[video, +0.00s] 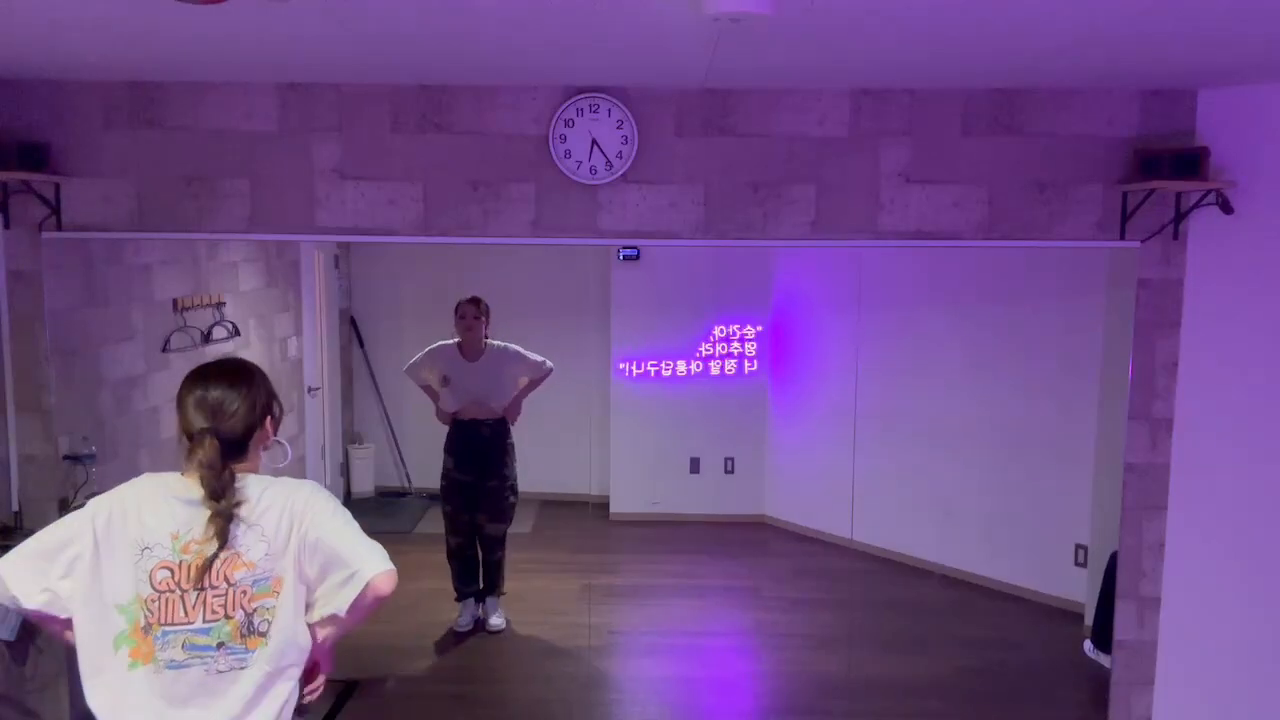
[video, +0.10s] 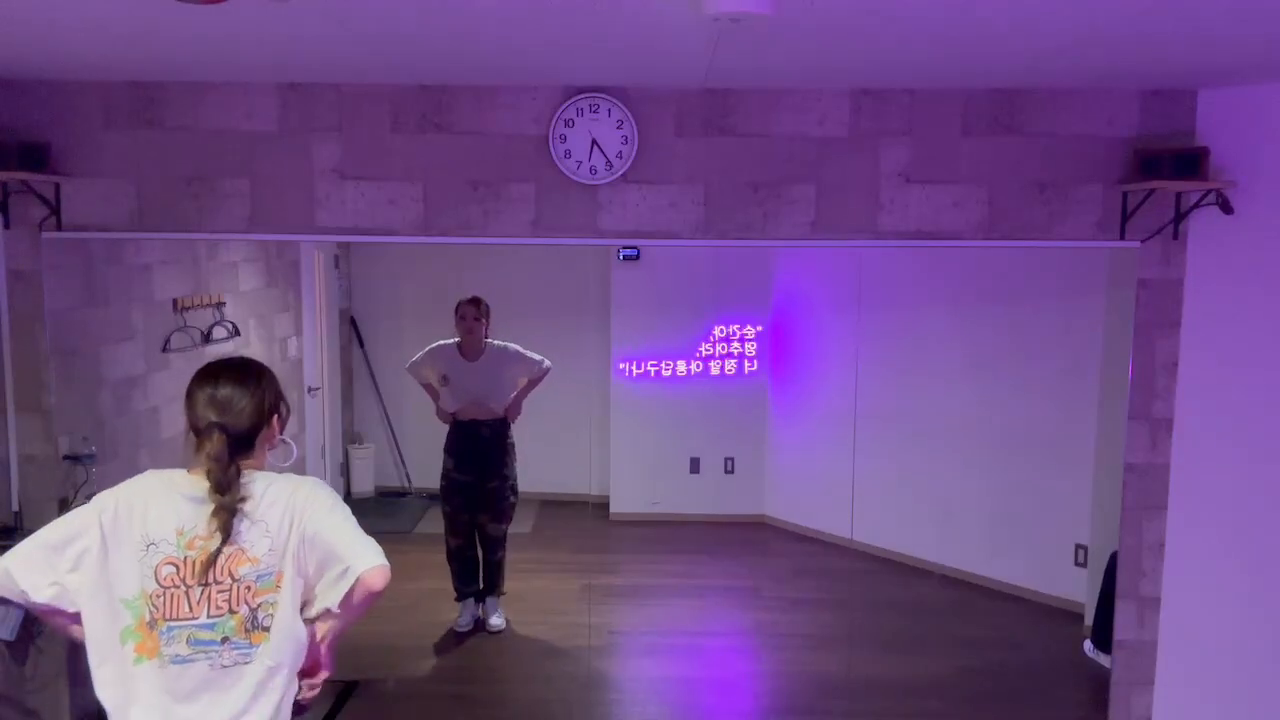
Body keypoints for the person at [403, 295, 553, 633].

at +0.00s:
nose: (468, 323)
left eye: (475, 317)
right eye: (462, 318)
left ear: (486, 323)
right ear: (455, 323)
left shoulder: (504, 353)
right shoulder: (442, 352)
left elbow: (545, 367)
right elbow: (412, 370)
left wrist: (517, 399)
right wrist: (438, 402)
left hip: (496, 440)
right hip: (459, 439)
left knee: (494, 525)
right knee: (458, 525)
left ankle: (492, 601)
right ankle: (467, 602)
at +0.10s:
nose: (469, 324)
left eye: (475, 318)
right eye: (463, 318)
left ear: (487, 324)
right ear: (455, 323)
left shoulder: (504, 353)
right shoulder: (442, 352)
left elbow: (543, 366)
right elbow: (414, 368)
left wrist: (517, 399)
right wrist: (439, 402)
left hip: (496, 440)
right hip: (459, 439)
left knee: (494, 524)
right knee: (458, 525)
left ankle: (492, 601)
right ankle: (467, 602)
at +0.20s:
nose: (469, 324)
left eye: (476, 319)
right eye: (463, 319)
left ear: (487, 324)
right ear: (455, 323)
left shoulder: (504, 352)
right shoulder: (443, 351)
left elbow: (544, 366)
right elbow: (413, 366)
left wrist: (519, 399)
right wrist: (437, 403)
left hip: (495, 438)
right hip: (459, 437)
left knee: (494, 524)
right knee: (458, 525)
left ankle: (492, 601)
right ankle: (467, 602)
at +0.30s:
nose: (470, 323)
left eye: (476, 317)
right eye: (463, 317)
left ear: (488, 322)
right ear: (456, 322)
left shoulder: (504, 351)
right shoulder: (443, 350)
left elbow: (549, 366)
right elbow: (407, 365)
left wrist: (521, 397)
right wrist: (434, 401)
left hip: (496, 436)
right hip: (459, 436)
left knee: (496, 522)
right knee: (458, 523)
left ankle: (493, 599)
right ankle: (467, 600)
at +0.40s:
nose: (471, 320)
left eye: (477, 314)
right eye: (464, 314)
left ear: (488, 320)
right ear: (457, 320)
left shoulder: (506, 353)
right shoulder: (442, 353)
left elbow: (553, 376)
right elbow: (397, 377)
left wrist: (521, 404)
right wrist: (431, 407)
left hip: (496, 438)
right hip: (458, 438)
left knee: (494, 523)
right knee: (459, 525)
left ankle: (493, 599)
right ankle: (467, 601)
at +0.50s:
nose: (472, 316)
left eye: (479, 312)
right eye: (467, 310)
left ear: (489, 320)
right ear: (458, 316)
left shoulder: (505, 355)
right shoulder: (440, 355)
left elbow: (547, 386)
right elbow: (396, 388)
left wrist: (513, 412)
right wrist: (429, 411)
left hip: (494, 445)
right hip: (457, 445)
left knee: (494, 526)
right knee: (459, 527)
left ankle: (493, 600)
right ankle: (468, 601)